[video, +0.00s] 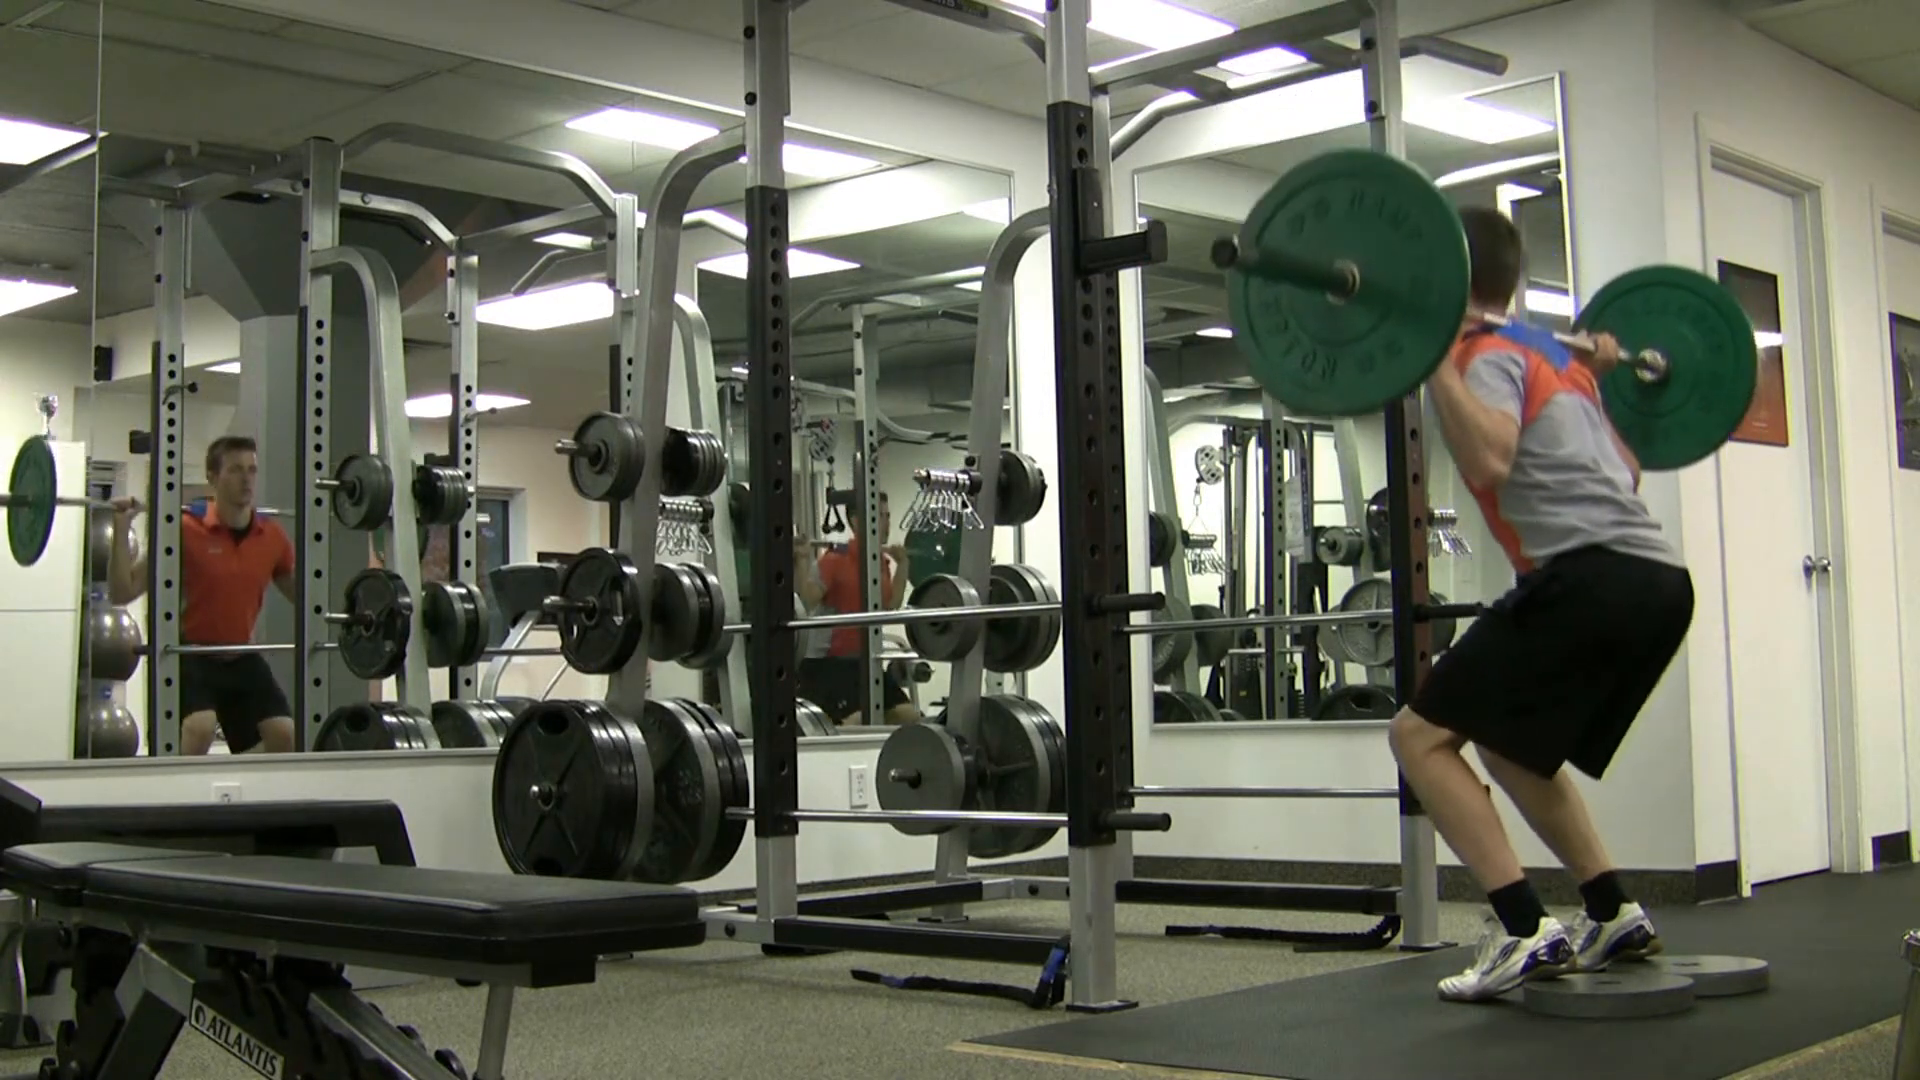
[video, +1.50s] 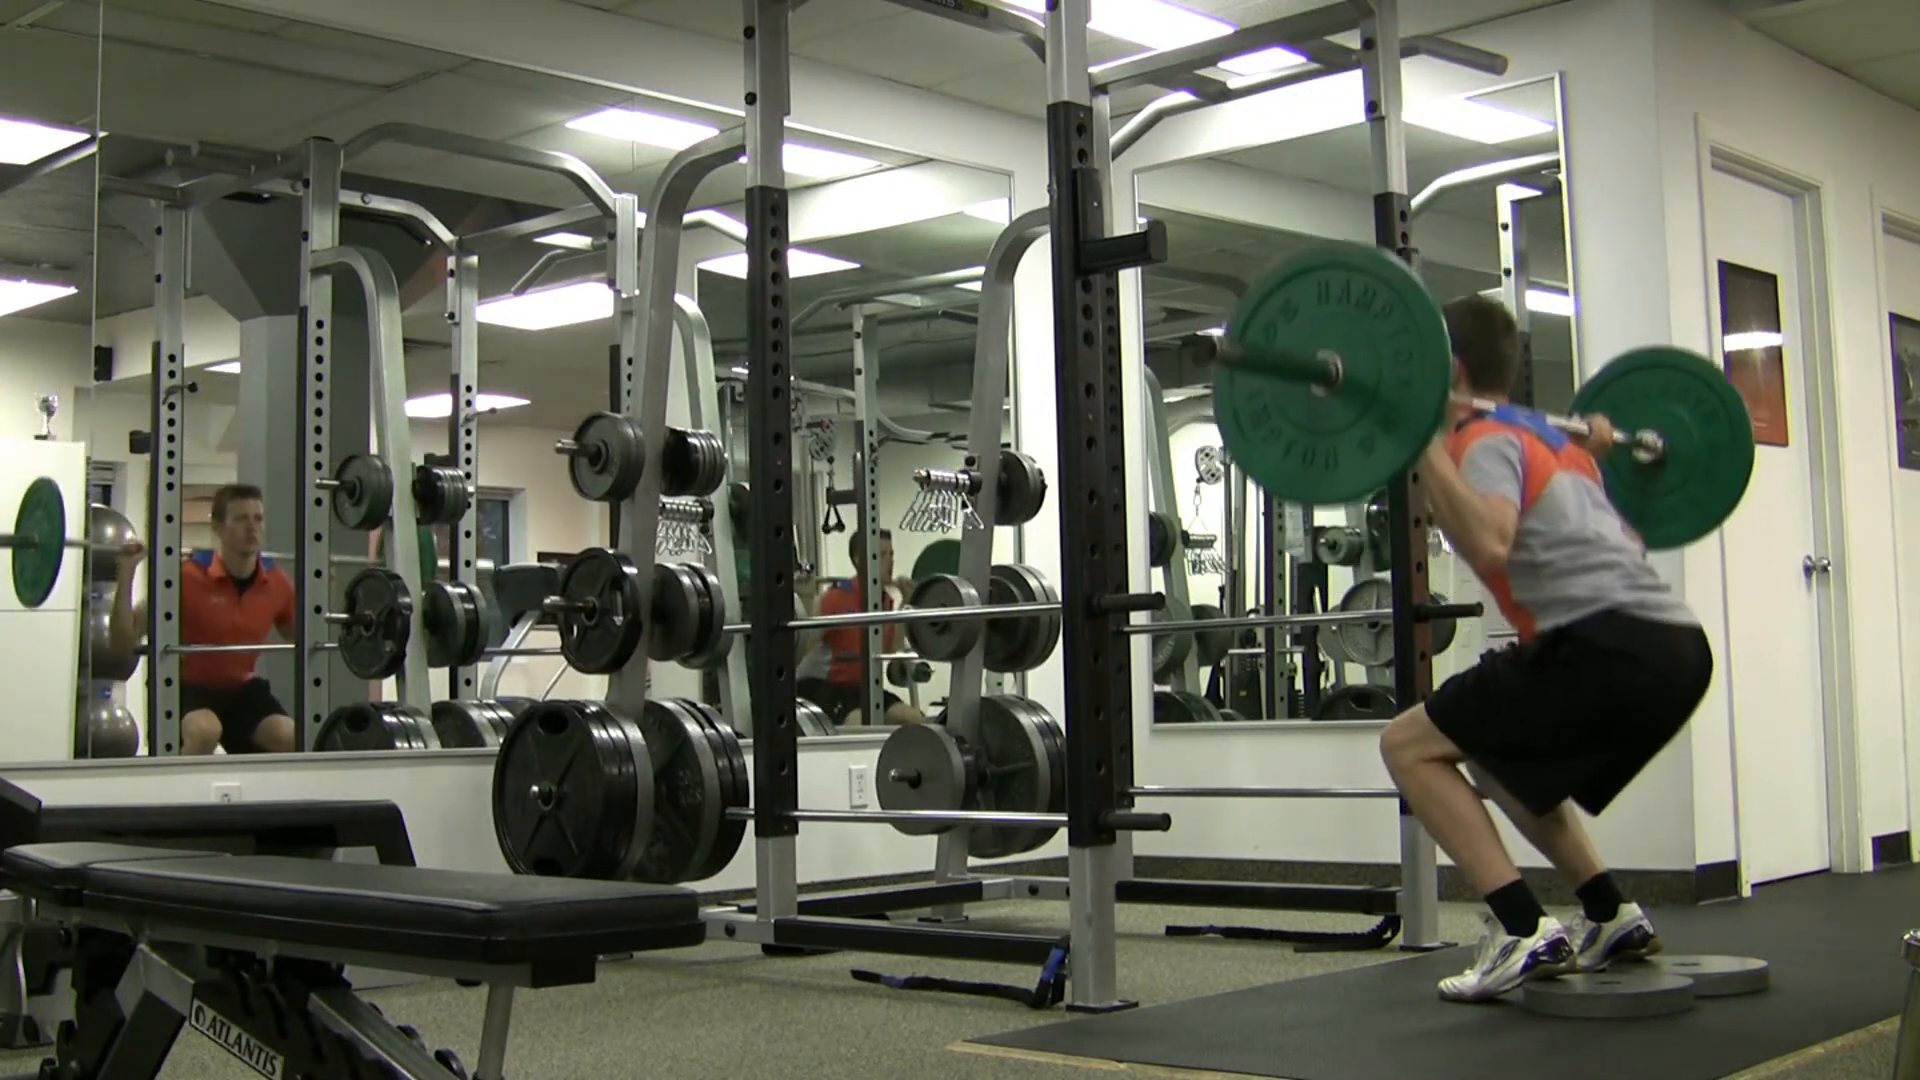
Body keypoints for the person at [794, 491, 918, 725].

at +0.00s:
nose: (883, 522)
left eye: (885, 516)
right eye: (876, 515)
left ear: (888, 521)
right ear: (854, 521)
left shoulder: (882, 562)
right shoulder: (835, 558)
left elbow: (890, 608)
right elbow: (811, 599)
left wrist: (902, 564)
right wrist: (802, 561)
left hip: (870, 660)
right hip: (838, 660)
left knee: (909, 718)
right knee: (856, 723)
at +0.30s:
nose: (887, 549)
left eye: (889, 543)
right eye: (880, 542)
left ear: (891, 545)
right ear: (856, 546)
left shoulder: (883, 589)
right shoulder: (833, 587)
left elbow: (888, 638)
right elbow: (811, 632)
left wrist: (904, 593)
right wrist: (803, 590)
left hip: (865, 680)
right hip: (824, 680)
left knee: (912, 718)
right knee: (860, 720)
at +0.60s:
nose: (889, 573)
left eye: (890, 566)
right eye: (882, 566)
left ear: (893, 568)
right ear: (858, 569)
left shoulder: (887, 611)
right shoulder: (835, 608)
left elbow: (896, 672)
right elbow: (812, 653)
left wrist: (903, 614)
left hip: (870, 694)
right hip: (834, 695)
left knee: (916, 722)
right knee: (866, 729)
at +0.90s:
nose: (891, 589)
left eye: (892, 582)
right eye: (882, 583)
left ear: (895, 583)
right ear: (859, 586)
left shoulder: (884, 625)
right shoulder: (836, 623)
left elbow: (891, 674)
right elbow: (808, 671)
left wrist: (908, 627)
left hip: (871, 704)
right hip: (837, 706)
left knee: (916, 721)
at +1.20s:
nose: (892, 591)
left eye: (893, 584)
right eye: (883, 584)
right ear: (859, 588)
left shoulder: (885, 629)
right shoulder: (834, 625)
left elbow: (891, 675)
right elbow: (803, 677)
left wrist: (909, 628)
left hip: (871, 705)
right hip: (834, 706)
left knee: (916, 721)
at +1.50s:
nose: (890, 561)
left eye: (891, 554)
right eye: (882, 555)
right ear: (858, 559)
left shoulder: (885, 602)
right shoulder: (836, 598)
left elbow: (891, 650)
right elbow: (811, 643)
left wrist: (907, 604)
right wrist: (807, 600)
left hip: (870, 687)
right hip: (835, 687)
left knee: (915, 720)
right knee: (863, 728)